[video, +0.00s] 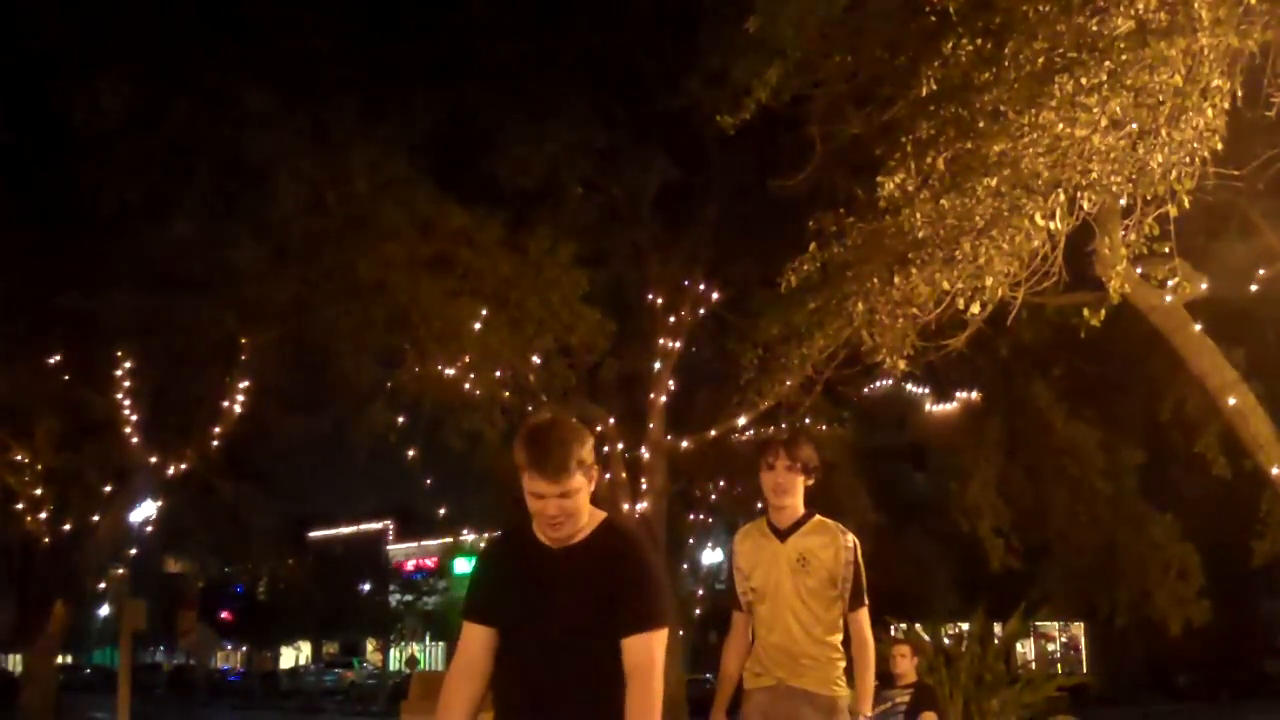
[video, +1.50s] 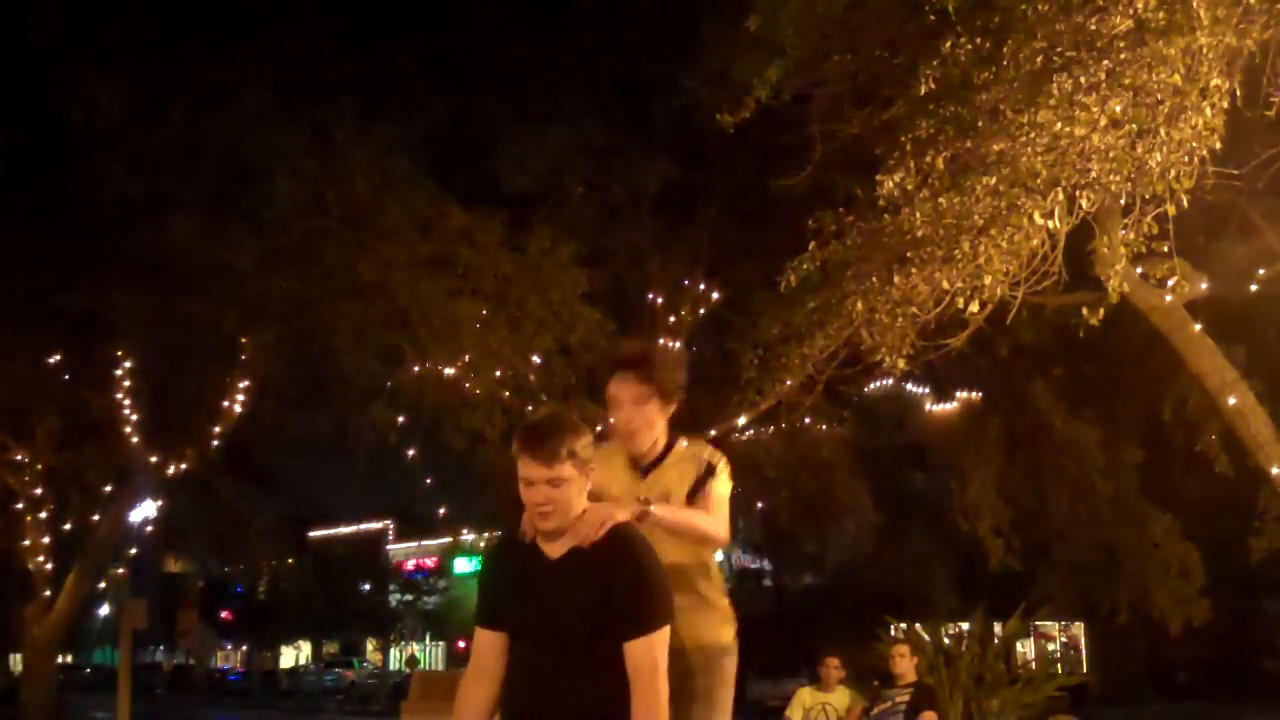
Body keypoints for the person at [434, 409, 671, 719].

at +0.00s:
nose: (551, 510)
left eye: (565, 495)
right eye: (537, 495)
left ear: (592, 478)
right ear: (522, 483)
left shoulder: (629, 557)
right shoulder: (502, 556)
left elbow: (643, 679)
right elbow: (468, 669)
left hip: (600, 711)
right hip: (518, 711)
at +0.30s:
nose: (585, 497)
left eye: (593, 482)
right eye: (569, 486)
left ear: (603, 476)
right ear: (532, 484)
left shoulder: (624, 553)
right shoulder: (502, 557)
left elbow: (638, 680)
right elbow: (471, 671)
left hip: (601, 711)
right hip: (519, 710)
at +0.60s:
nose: (598, 486)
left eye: (604, 473)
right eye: (582, 474)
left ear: (611, 472)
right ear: (541, 477)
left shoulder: (625, 553)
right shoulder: (503, 555)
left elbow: (641, 683)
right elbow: (474, 671)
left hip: (600, 712)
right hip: (519, 710)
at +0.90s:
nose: (598, 485)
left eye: (603, 472)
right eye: (581, 473)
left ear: (611, 472)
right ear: (540, 476)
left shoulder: (625, 552)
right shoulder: (503, 556)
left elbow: (642, 680)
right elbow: (477, 671)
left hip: (602, 710)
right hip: (520, 711)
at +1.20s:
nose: (581, 490)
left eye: (590, 475)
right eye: (564, 478)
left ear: (603, 473)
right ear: (533, 478)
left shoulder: (629, 554)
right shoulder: (506, 556)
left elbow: (643, 681)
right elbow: (479, 673)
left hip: (606, 711)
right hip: (523, 710)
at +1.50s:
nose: (539, 498)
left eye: (555, 483)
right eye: (528, 483)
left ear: (587, 476)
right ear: (517, 481)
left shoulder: (626, 552)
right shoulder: (506, 558)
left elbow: (649, 681)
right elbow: (482, 674)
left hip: (607, 711)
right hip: (523, 711)